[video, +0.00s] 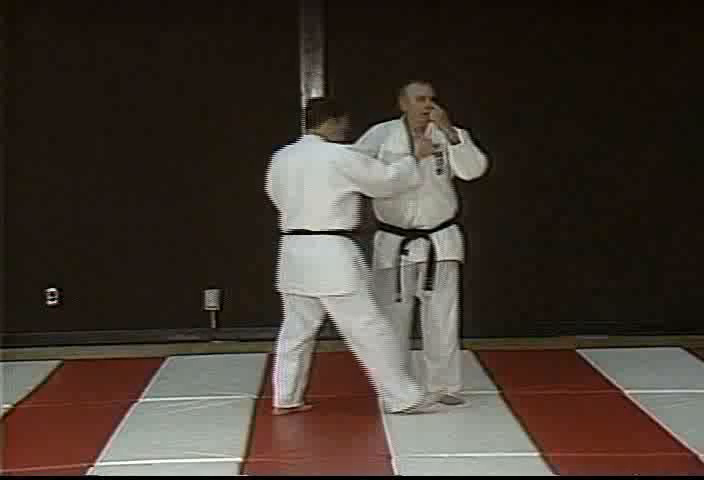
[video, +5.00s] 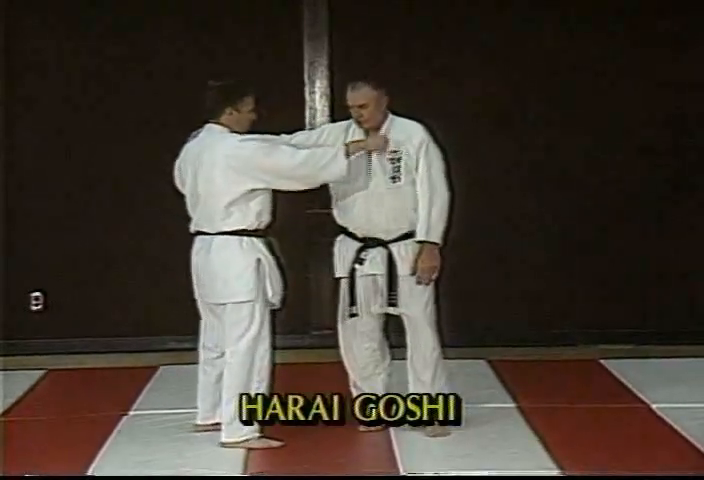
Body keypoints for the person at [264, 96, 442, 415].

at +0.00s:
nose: (347, 127)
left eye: (345, 120)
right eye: (343, 121)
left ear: (311, 123)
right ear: (330, 123)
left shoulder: (281, 158)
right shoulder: (341, 157)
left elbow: (274, 192)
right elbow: (384, 181)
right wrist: (415, 160)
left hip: (293, 250)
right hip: (334, 249)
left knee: (296, 329)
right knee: (366, 325)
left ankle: (285, 398)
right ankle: (400, 397)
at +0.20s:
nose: (328, 124)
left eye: (328, 118)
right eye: (325, 118)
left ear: (294, 117)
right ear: (311, 117)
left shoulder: (262, 152)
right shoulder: (317, 150)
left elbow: (253, 182)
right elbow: (363, 168)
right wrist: (406, 154)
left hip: (271, 244)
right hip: (309, 244)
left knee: (282, 330)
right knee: (333, 326)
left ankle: (285, 397)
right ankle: (350, 401)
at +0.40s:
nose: (314, 125)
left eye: (314, 118)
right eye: (311, 118)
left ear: (281, 116)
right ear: (294, 116)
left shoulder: (247, 150)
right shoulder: (301, 150)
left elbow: (237, 181)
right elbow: (349, 166)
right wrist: (400, 153)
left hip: (254, 245)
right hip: (291, 246)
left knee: (269, 330)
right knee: (308, 327)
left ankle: (271, 400)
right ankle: (296, 404)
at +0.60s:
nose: (302, 126)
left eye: (302, 119)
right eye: (298, 120)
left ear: (269, 120)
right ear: (281, 119)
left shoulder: (235, 153)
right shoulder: (288, 155)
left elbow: (225, 187)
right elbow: (336, 171)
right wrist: (384, 156)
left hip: (242, 248)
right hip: (275, 249)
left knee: (263, 332)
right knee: (280, 334)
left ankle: (278, 403)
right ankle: (245, 408)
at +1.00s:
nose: (283, 124)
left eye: (284, 117)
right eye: (277, 117)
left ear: (248, 117)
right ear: (254, 115)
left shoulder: (214, 153)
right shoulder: (269, 151)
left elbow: (208, 189)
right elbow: (316, 169)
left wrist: (277, 196)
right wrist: (362, 155)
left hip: (219, 250)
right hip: (252, 252)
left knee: (234, 338)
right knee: (252, 342)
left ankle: (223, 409)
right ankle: (243, 425)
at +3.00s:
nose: (256, 126)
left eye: (257, 119)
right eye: (254, 118)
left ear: (224, 113)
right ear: (237, 113)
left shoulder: (190, 146)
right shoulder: (235, 149)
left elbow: (175, 176)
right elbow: (288, 169)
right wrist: (350, 158)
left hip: (194, 249)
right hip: (228, 253)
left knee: (206, 340)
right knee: (239, 344)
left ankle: (203, 413)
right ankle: (237, 430)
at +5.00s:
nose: (254, 116)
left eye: (253, 110)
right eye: (250, 110)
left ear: (221, 112)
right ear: (230, 111)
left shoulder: (194, 146)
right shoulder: (240, 149)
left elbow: (181, 180)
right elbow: (295, 162)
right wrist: (353, 149)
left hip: (204, 250)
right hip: (238, 252)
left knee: (213, 340)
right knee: (246, 343)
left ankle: (209, 413)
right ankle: (239, 430)